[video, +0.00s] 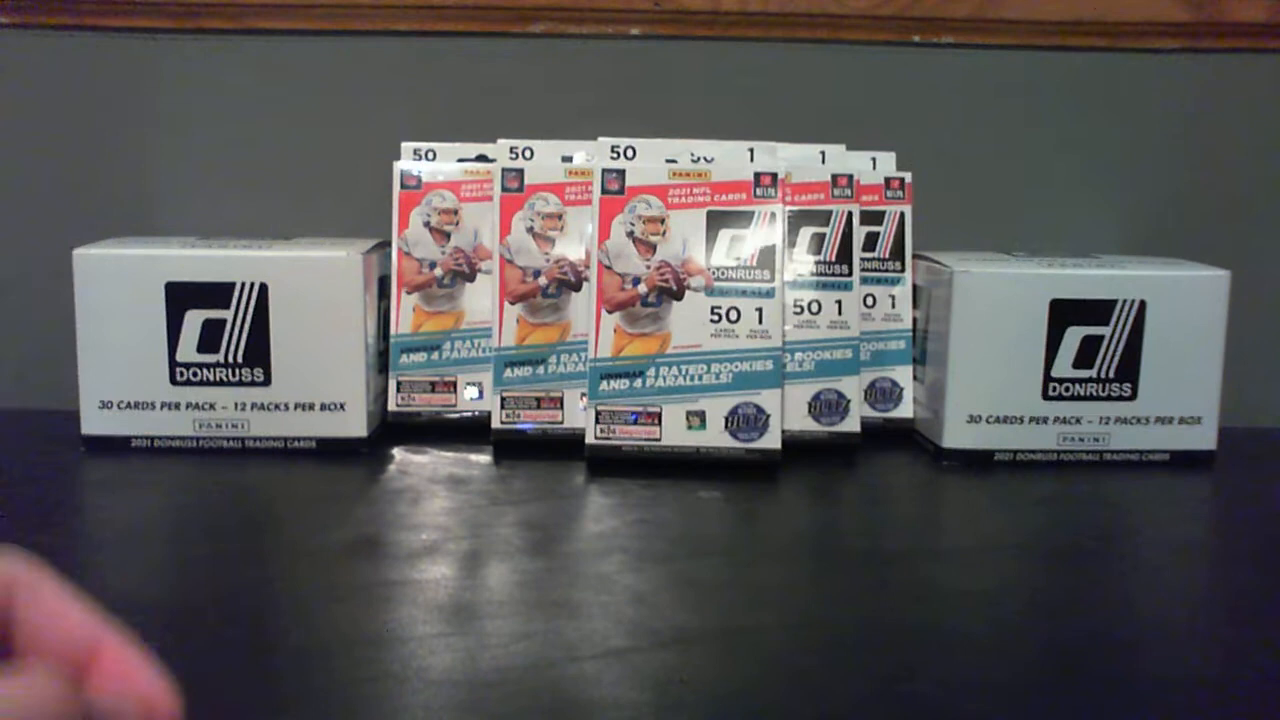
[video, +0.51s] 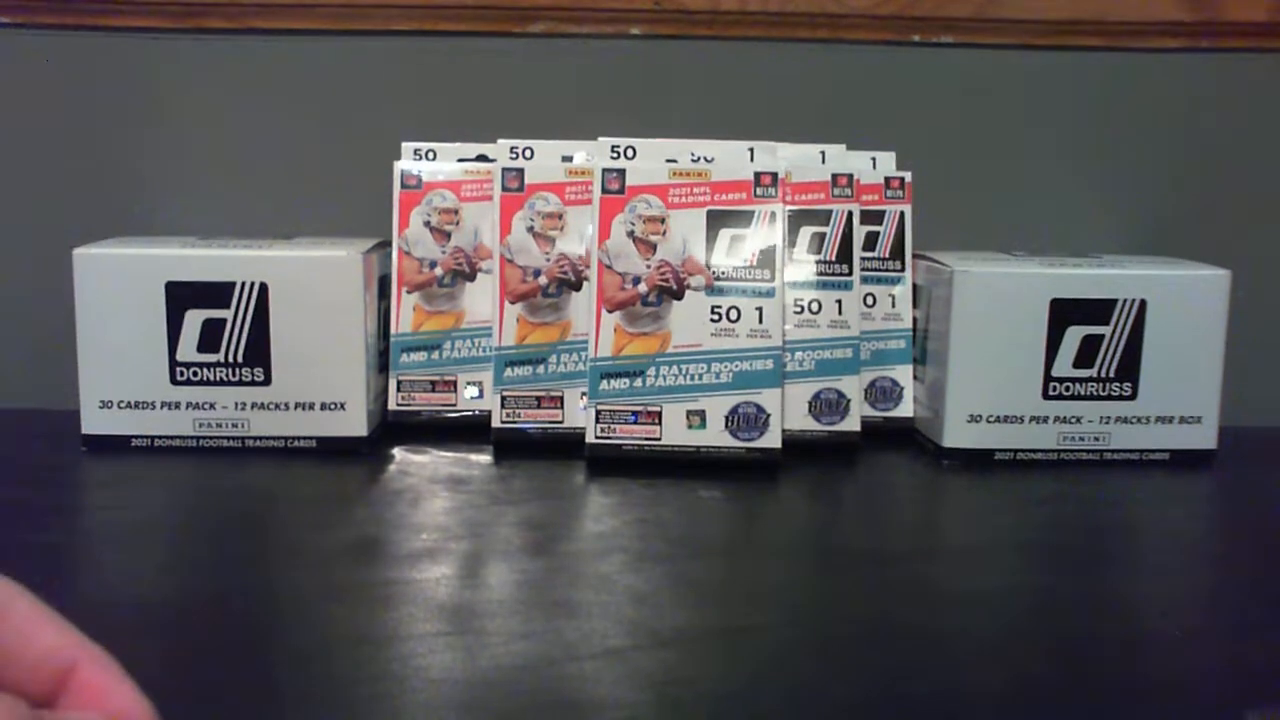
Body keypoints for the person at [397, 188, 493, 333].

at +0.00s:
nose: (450, 219)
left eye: (453, 214)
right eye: (445, 214)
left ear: (458, 215)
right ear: (430, 215)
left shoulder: (466, 236)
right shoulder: (412, 238)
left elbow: (492, 261)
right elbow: (410, 284)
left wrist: (474, 263)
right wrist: (441, 270)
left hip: (450, 313)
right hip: (421, 311)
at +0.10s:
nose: (451, 220)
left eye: (454, 214)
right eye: (445, 214)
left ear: (458, 216)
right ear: (430, 215)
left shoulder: (466, 237)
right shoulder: (413, 239)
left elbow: (493, 262)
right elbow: (410, 284)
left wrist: (476, 265)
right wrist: (441, 270)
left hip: (451, 313)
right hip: (422, 311)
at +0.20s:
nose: (451, 219)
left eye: (454, 214)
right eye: (445, 214)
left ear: (458, 215)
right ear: (430, 215)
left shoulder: (466, 236)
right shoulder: (413, 238)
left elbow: (493, 262)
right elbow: (410, 283)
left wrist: (475, 265)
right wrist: (441, 269)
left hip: (450, 313)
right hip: (422, 311)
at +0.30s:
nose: (451, 219)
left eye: (454, 214)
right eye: (445, 214)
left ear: (458, 215)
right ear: (430, 215)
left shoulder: (466, 236)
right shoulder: (413, 238)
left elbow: (493, 262)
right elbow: (410, 283)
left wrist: (475, 265)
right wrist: (441, 269)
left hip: (451, 313)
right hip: (422, 311)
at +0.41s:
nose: (451, 219)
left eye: (454, 213)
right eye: (445, 213)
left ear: (458, 215)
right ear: (430, 215)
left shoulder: (466, 236)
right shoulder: (413, 238)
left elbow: (492, 261)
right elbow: (410, 283)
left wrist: (474, 264)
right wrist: (441, 269)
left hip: (450, 312)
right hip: (422, 311)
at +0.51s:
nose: (451, 218)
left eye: (454, 213)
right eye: (446, 213)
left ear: (458, 214)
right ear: (431, 214)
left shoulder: (466, 236)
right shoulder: (413, 238)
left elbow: (492, 260)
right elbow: (410, 283)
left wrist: (475, 264)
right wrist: (441, 269)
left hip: (450, 312)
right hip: (422, 310)